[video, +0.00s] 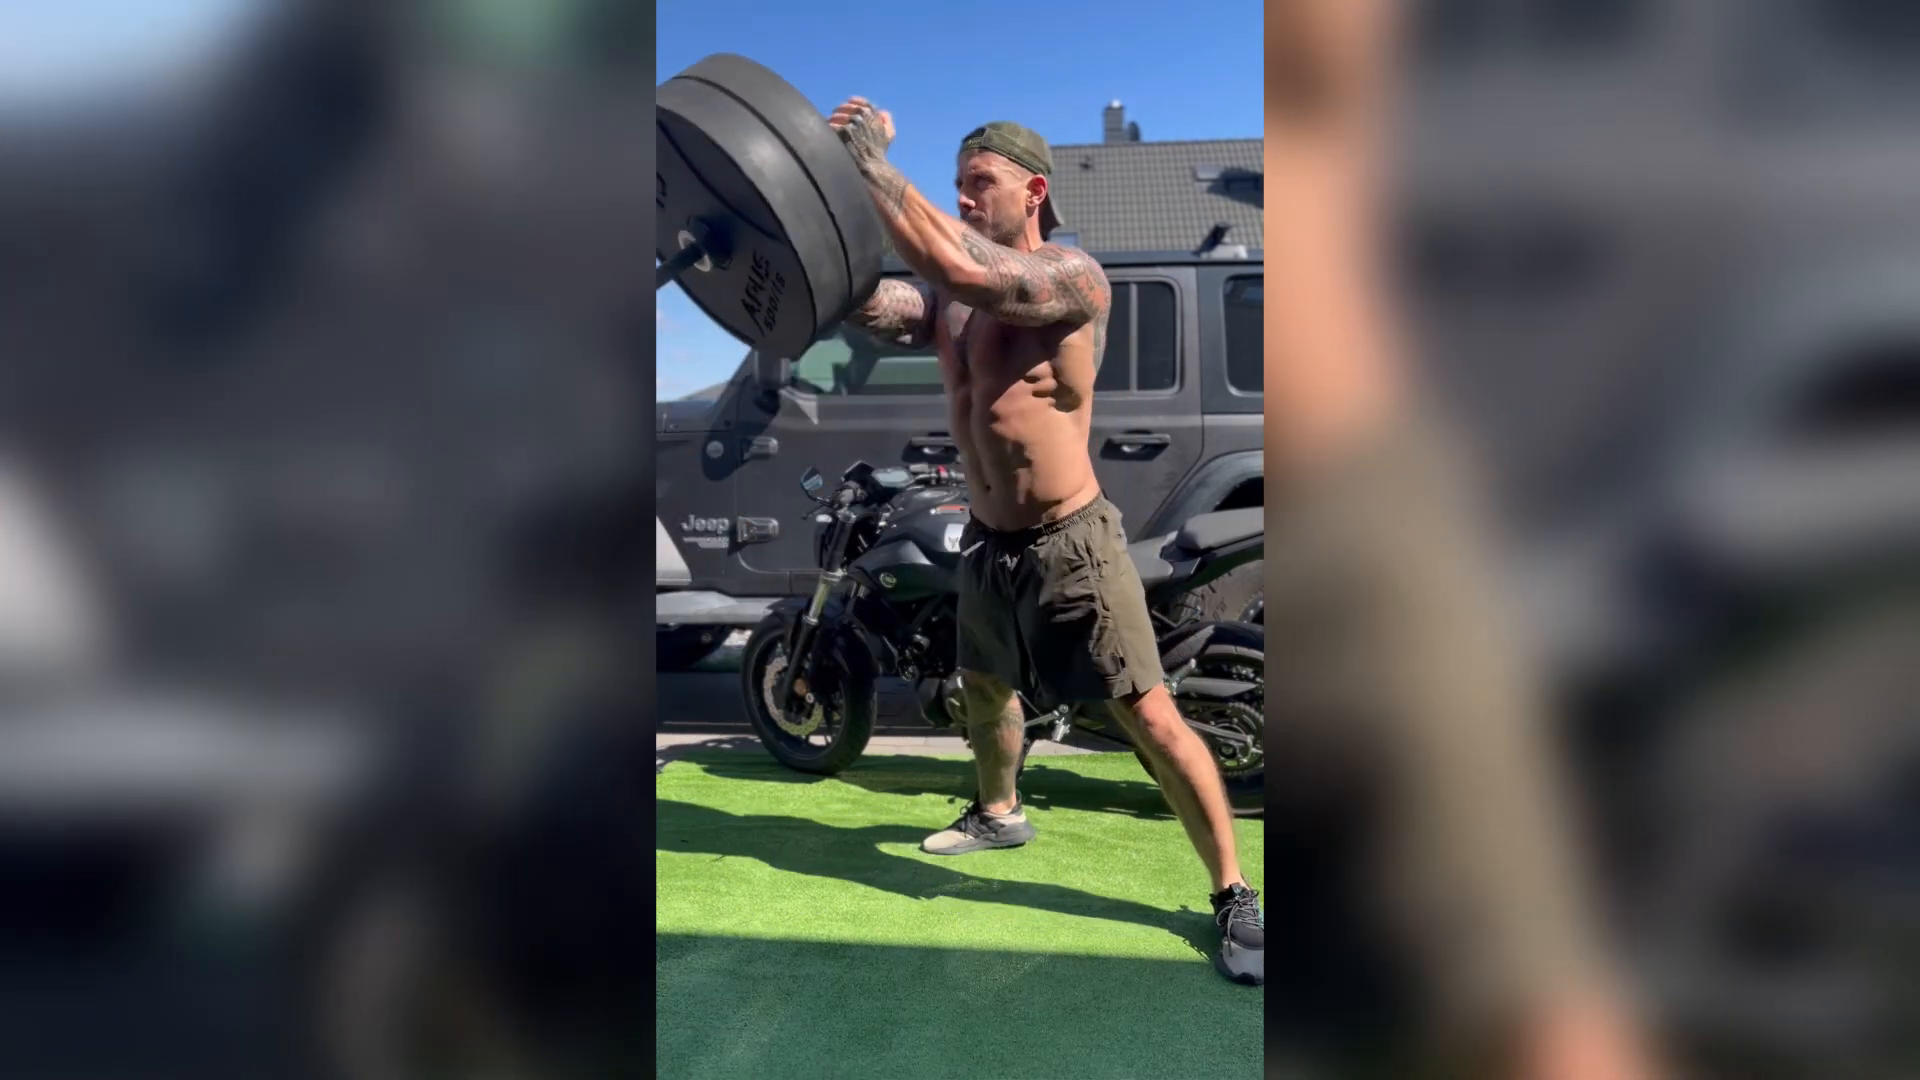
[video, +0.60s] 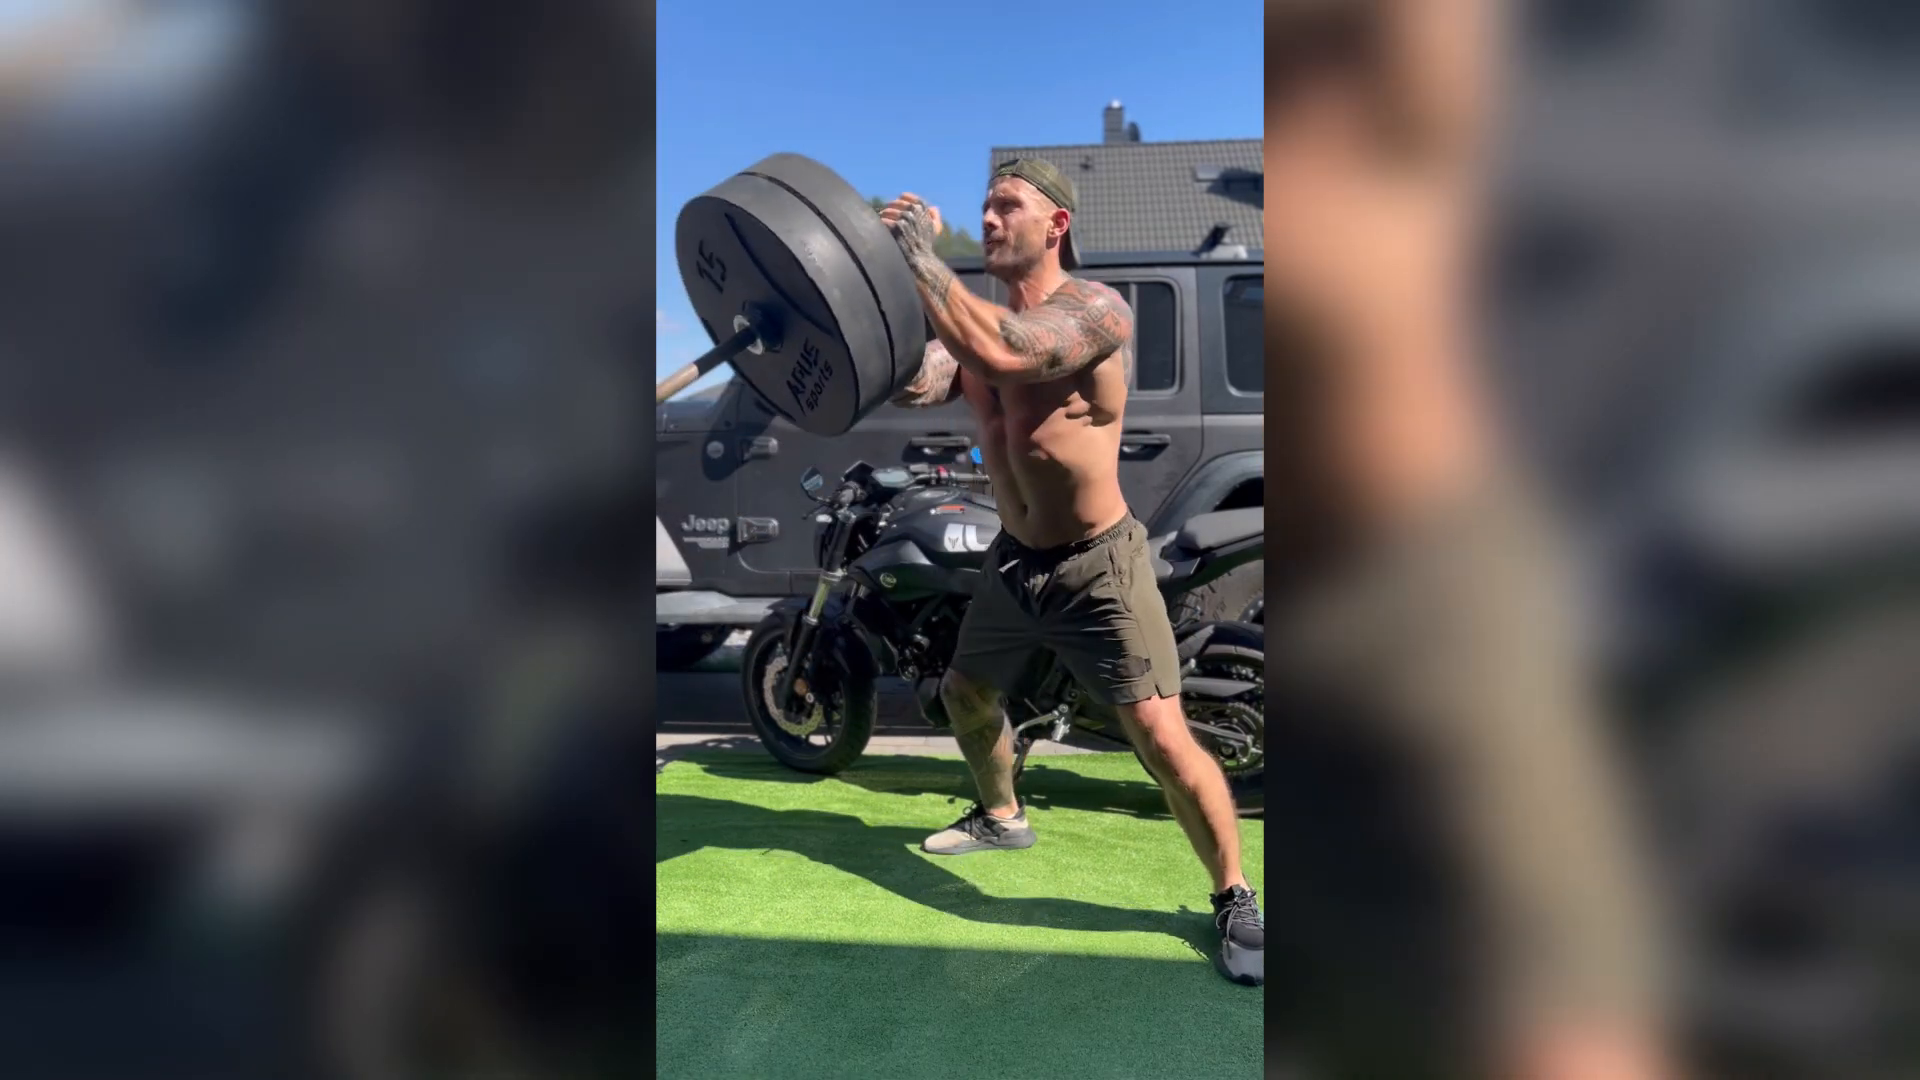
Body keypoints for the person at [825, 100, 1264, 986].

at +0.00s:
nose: (963, 197)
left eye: (981, 181)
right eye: (957, 184)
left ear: (1036, 191)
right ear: (960, 195)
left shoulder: (1076, 275)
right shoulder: (947, 292)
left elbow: (971, 273)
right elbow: (859, 303)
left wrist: (874, 169)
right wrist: (788, 223)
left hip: (1074, 536)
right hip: (987, 544)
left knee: (1149, 717)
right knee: (986, 691)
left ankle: (1233, 892)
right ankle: (998, 814)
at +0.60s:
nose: (990, 216)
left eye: (1009, 204)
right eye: (987, 205)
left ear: (1058, 223)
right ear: (986, 227)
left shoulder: (1099, 308)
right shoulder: (971, 321)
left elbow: (1008, 352)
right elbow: (916, 381)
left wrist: (928, 262)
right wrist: (840, 328)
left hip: (1101, 557)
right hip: (1013, 558)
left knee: (1158, 731)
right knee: (968, 694)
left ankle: (1235, 897)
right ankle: (1002, 819)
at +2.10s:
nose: (930, 205)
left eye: (943, 191)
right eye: (921, 193)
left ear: (987, 194)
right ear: (923, 205)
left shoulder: (1037, 266)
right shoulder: (912, 291)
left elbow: (939, 217)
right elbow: (827, 233)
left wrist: (824, 89)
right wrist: (764, 118)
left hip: (1074, 538)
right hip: (990, 548)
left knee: (1151, 716)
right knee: (991, 698)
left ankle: (1232, 889)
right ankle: (1002, 816)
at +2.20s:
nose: (888, 233)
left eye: (905, 216)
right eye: (887, 220)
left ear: (947, 219)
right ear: (893, 235)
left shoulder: (1002, 285)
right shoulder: (894, 304)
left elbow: (905, 188)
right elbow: (819, 206)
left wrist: (796, 49)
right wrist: (777, 70)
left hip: (1085, 545)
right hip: (998, 555)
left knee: (1153, 724)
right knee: (990, 705)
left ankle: (1231, 894)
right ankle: (1002, 816)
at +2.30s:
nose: (899, 227)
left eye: (916, 212)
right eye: (895, 214)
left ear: (959, 215)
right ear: (898, 223)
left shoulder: (1009, 283)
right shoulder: (891, 296)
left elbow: (909, 198)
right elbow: (815, 218)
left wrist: (806, 58)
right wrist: (768, 75)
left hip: (1089, 545)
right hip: (1003, 556)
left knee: (1162, 723)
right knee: (993, 701)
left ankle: (1234, 894)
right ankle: (1002, 815)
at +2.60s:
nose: (972, 225)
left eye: (990, 211)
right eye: (969, 213)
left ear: (1041, 220)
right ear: (970, 227)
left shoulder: (1083, 310)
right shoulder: (970, 321)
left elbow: (991, 372)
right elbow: (911, 389)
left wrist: (922, 271)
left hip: (1085, 556)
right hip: (1004, 563)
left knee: (1148, 739)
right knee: (962, 699)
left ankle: (1234, 897)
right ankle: (1001, 820)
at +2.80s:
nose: (982, 336)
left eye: (999, 323)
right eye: (980, 323)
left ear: (1047, 334)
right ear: (977, 334)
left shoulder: (1098, 420)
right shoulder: (983, 410)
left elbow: (1035, 532)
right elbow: (945, 494)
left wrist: (979, 438)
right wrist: (930, 428)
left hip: (1130, 608)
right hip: (1044, 611)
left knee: (1162, 746)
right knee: (942, 701)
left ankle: (1236, 898)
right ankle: (997, 815)